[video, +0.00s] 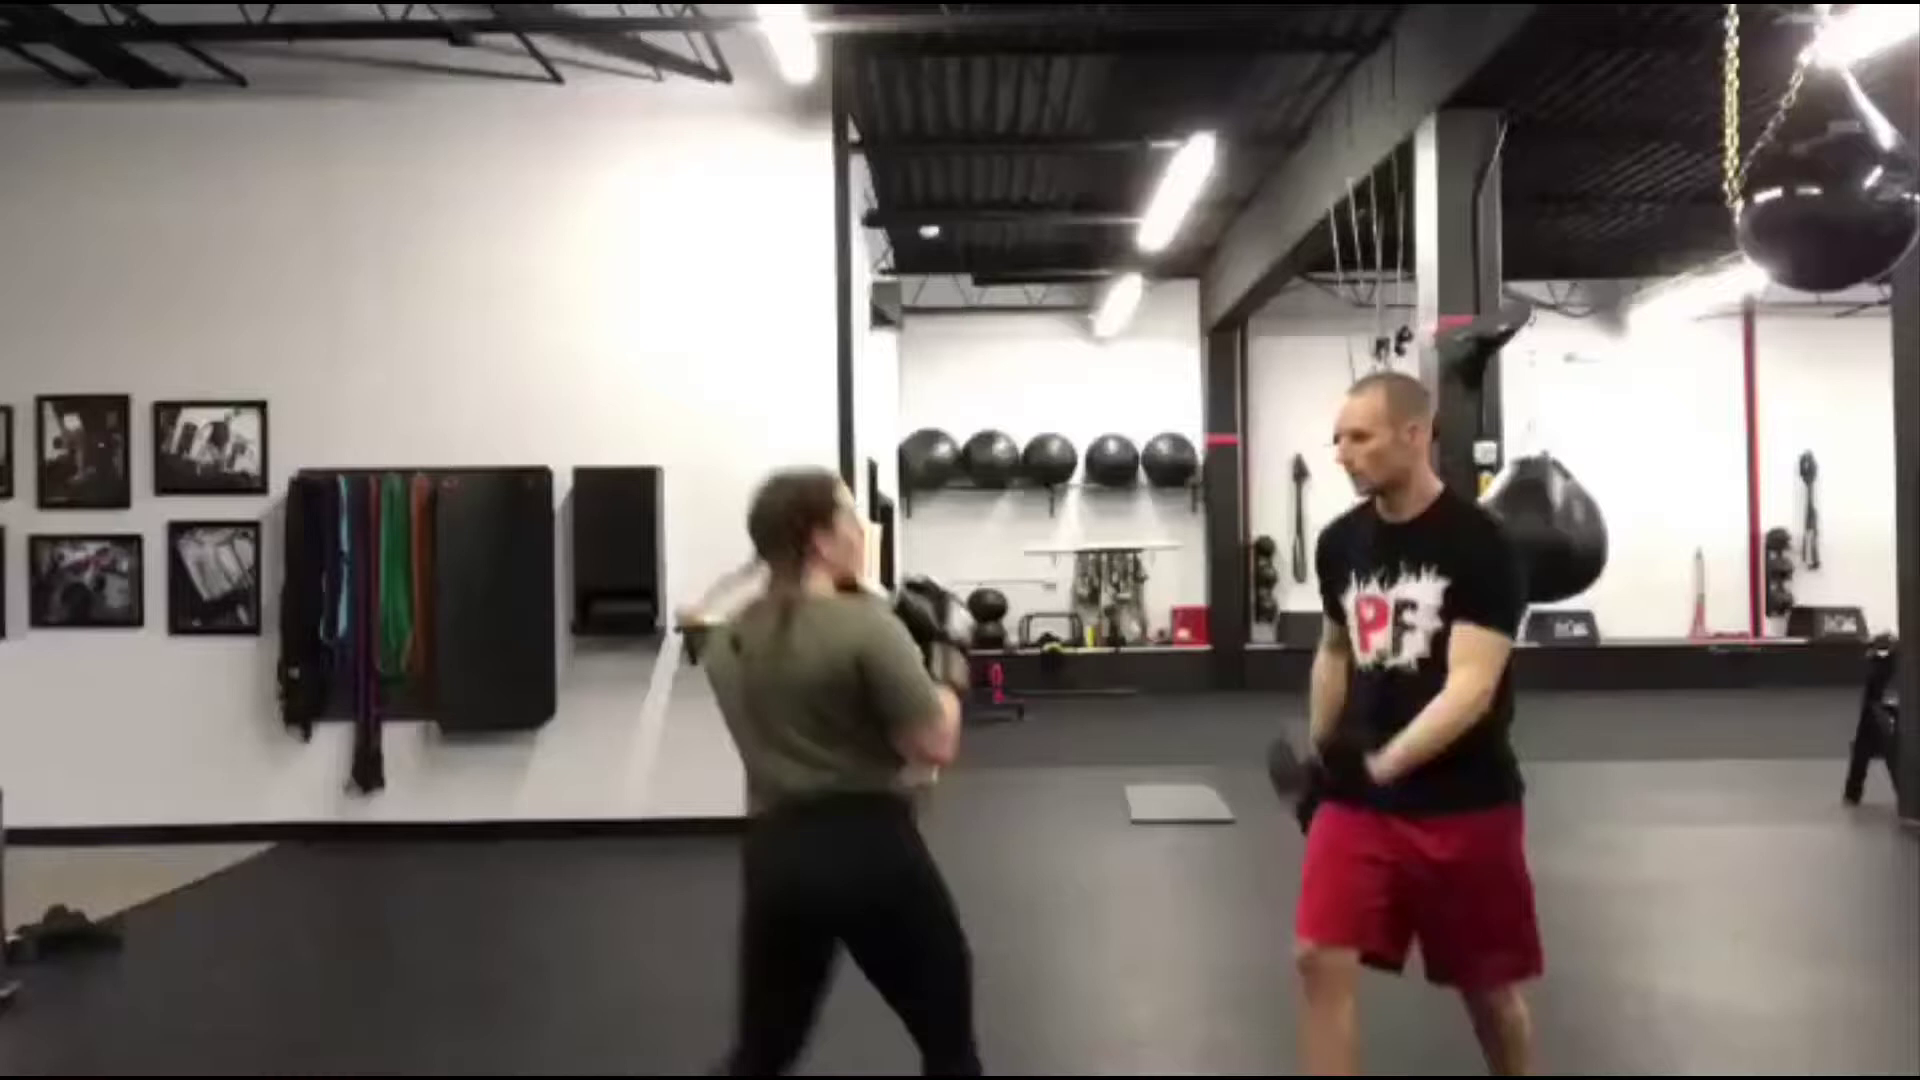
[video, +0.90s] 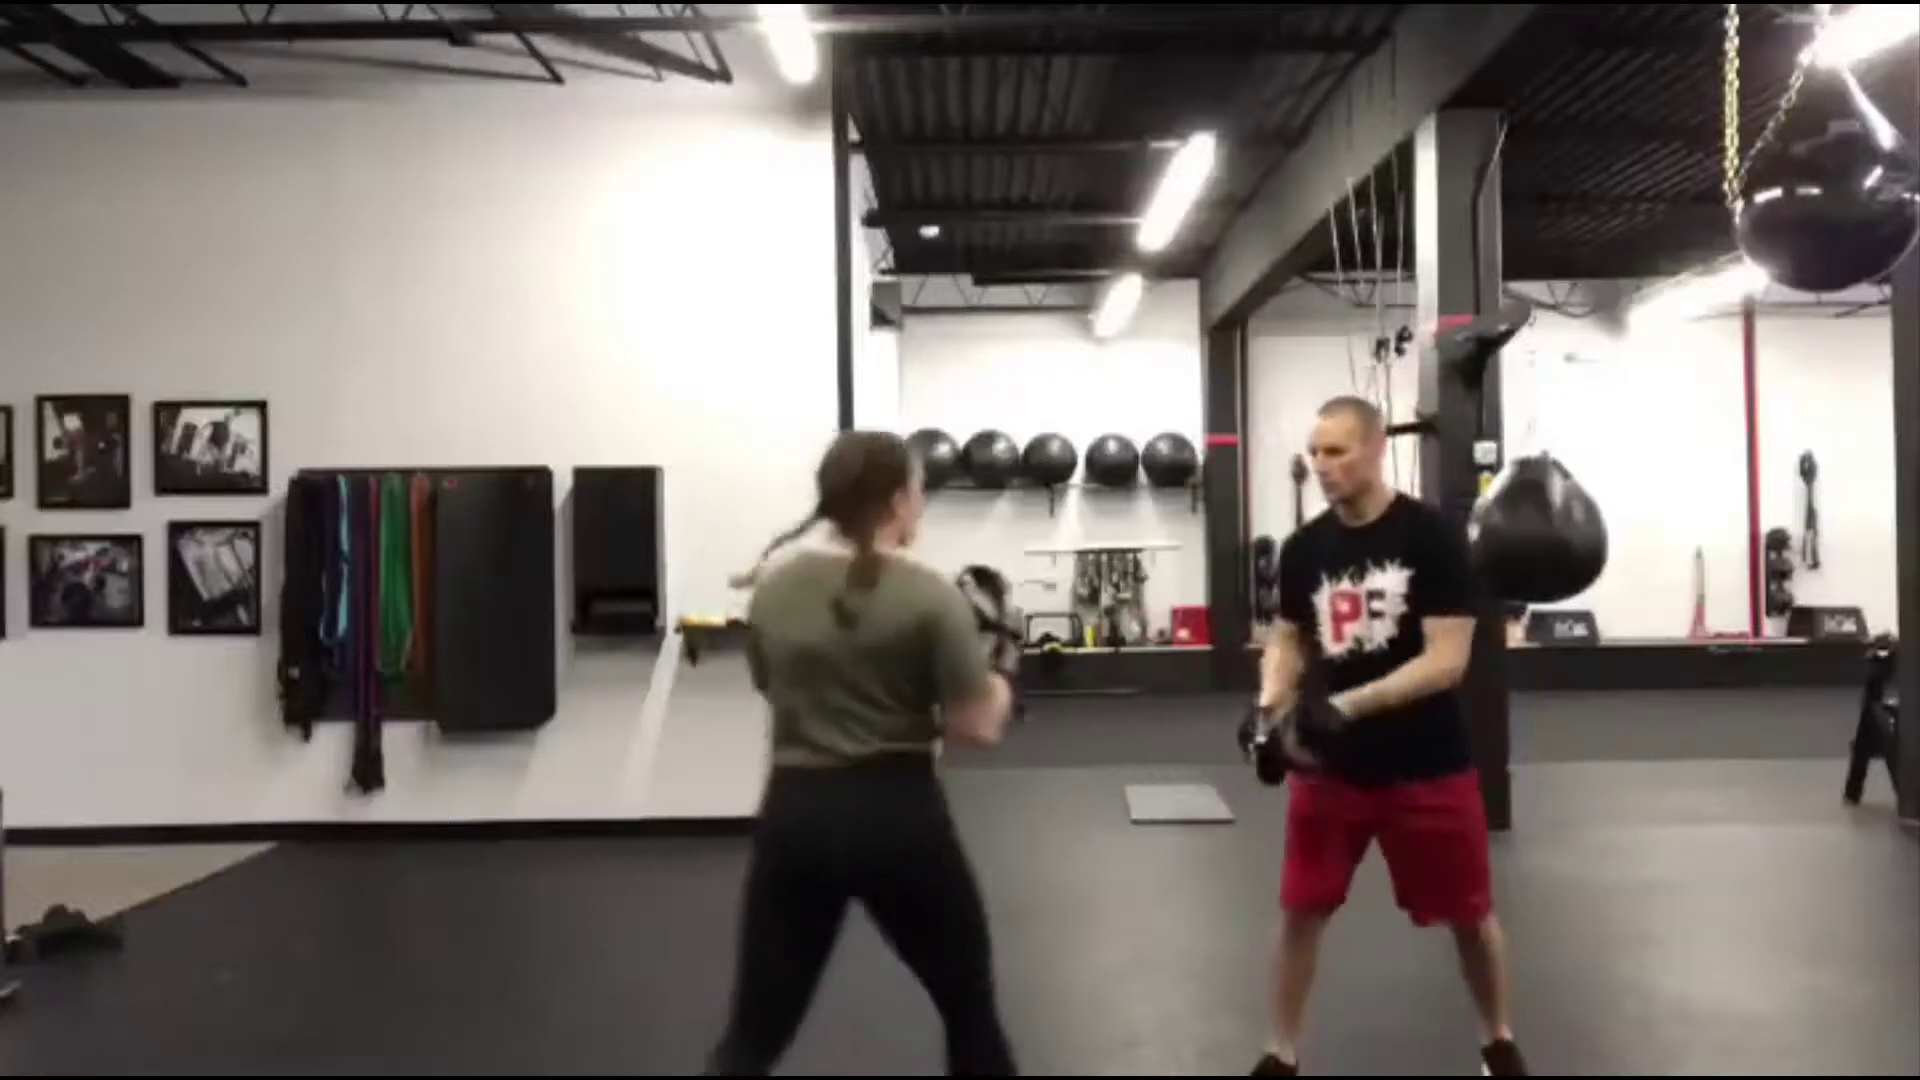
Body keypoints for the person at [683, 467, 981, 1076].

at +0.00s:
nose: (863, 529)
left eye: (855, 515)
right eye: (850, 517)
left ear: (769, 546)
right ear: (817, 540)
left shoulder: (730, 639)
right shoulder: (864, 622)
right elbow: (936, 743)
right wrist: (948, 660)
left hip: (777, 848)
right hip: (871, 845)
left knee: (763, 1047)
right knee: (947, 1039)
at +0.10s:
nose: (870, 541)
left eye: (863, 528)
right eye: (858, 530)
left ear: (777, 561)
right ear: (825, 552)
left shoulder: (736, 653)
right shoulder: (872, 642)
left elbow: (703, 632)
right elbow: (944, 759)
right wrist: (955, 700)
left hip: (787, 862)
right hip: (880, 855)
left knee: (781, 1050)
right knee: (953, 1029)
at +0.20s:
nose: (882, 546)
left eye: (877, 531)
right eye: (872, 533)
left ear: (791, 554)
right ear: (842, 554)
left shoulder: (748, 653)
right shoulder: (894, 653)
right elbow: (947, 776)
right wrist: (964, 715)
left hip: (794, 867)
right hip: (891, 862)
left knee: (784, 1048)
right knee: (964, 1023)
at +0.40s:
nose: (879, 504)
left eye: (874, 489)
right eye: (869, 491)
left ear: (783, 505)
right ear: (842, 505)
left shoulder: (729, 586)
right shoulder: (872, 598)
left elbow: (731, 682)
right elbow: (925, 726)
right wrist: (948, 685)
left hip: (725, 819)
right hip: (827, 825)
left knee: (698, 1031)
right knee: (901, 1019)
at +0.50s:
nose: (869, 542)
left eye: (866, 528)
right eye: (861, 529)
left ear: (772, 542)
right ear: (835, 545)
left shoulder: (706, 625)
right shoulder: (855, 645)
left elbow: (714, 718)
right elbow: (903, 773)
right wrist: (925, 741)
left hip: (691, 851)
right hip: (791, 861)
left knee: (683, 1060)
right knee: (877, 1035)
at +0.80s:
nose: (891, 507)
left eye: (888, 492)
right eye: (885, 493)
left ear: (799, 502)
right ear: (863, 505)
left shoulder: (739, 588)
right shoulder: (886, 603)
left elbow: (742, 692)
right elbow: (929, 741)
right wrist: (963, 668)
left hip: (741, 829)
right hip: (844, 832)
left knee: (705, 1037)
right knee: (946, 981)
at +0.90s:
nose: (921, 503)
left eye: (920, 490)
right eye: (917, 491)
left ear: (832, 501)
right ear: (895, 501)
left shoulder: (777, 586)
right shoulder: (928, 595)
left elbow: (767, 680)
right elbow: (978, 723)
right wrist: (998, 691)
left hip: (795, 818)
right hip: (899, 821)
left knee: (756, 1027)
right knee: (969, 1013)